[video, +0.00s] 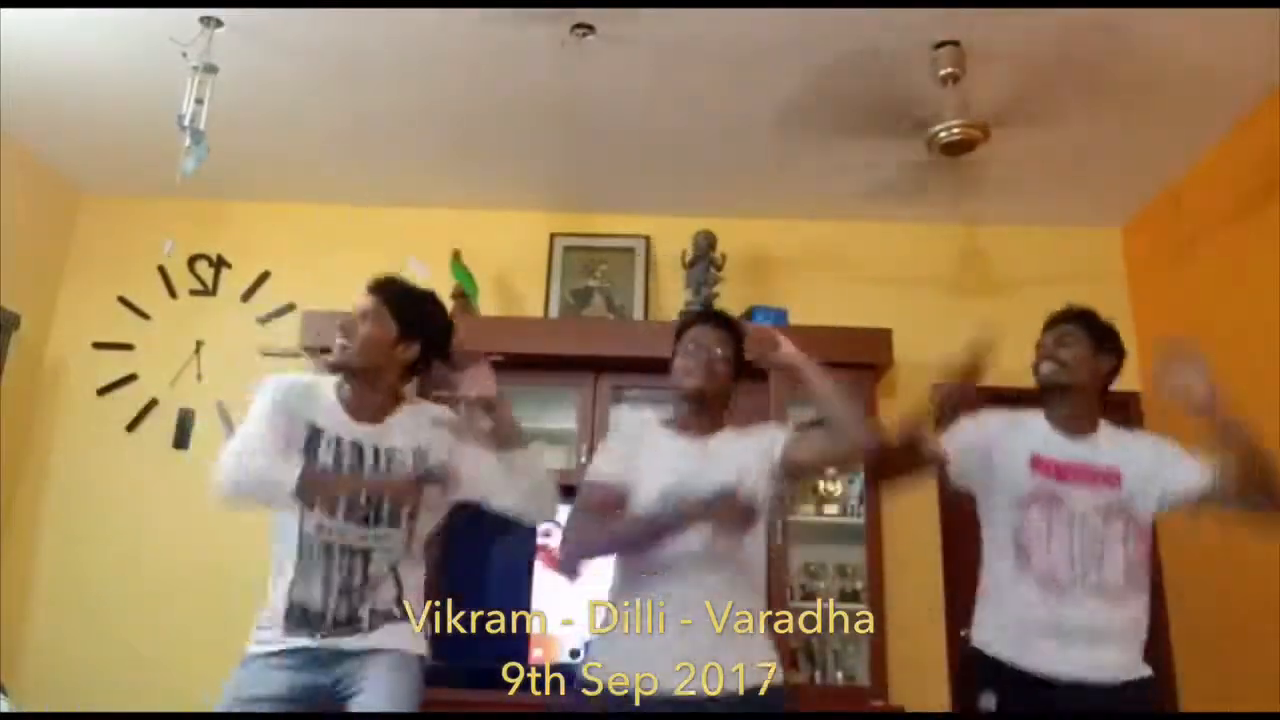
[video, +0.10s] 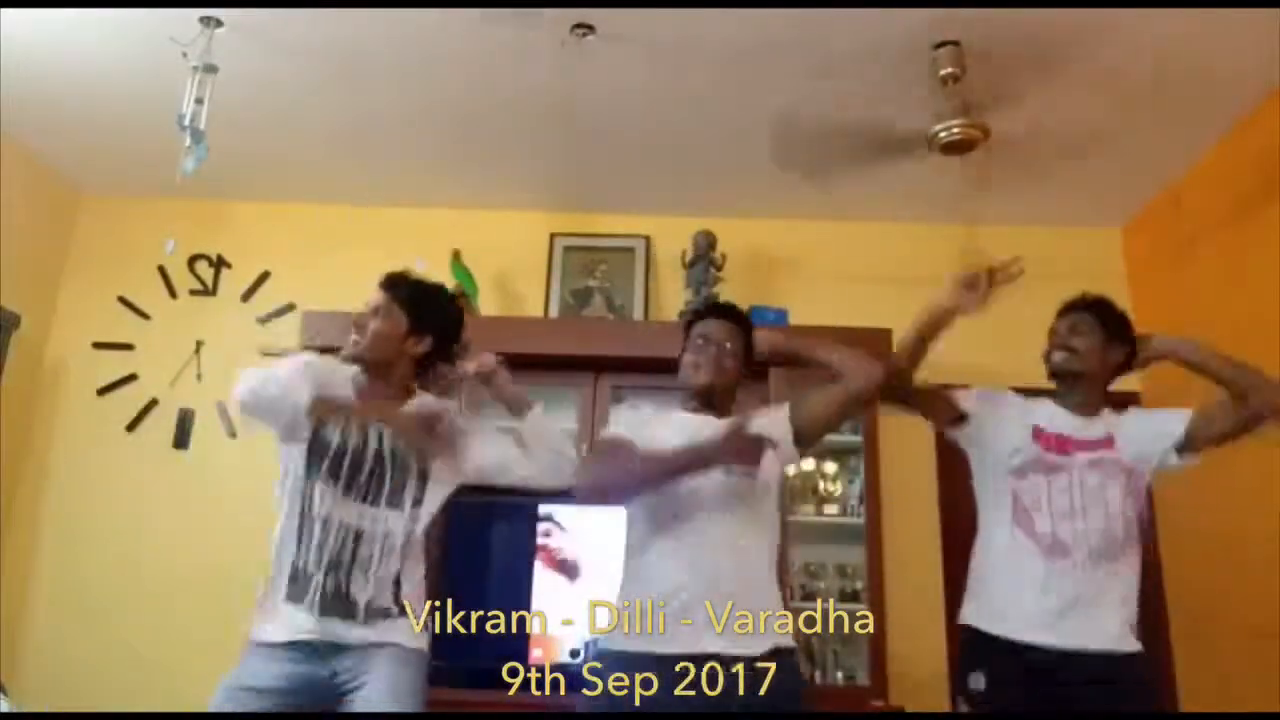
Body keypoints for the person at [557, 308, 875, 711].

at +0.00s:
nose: (700, 361)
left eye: (717, 356)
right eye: (690, 350)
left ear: (734, 376)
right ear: (672, 363)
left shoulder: (761, 445)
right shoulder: (632, 437)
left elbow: (856, 441)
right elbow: (578, 541)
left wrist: (793, 360)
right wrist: (691, 509)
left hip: (738, 679)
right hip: (632, 679)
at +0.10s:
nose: (709, 356)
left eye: (726, 349)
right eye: (700, 344)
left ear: (742, 369)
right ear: (681, 357)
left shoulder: (770, 428)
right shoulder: (638, 421)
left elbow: (868, 375)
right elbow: (592, 482)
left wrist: (781, 343)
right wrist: (712, 453)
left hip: (755, 660)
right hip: (644, 659)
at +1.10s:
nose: (716, 373)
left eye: (736, 371)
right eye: (713, 368)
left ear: (763, 401)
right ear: (701, 390)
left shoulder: (794, 461)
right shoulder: (656, 452)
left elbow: (896, 397)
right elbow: (568, 381)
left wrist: (791, 389)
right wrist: (585, 300)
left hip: (768, 672)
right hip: (657, 667)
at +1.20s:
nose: (718, 378)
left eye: (736, 375)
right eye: (712, 371)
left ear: (761, 406)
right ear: (698, 391)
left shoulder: (792, 466)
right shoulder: (656, 454)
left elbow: (896, 402)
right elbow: (569, 380)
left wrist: (790, 391)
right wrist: (576, 300)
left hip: (769, 681)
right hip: (662, 676)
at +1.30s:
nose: (707, 403)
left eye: (724, 395)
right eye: (702, 391)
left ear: (756, 411)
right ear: (691, 402)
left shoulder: (785, 477)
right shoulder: (651, 463)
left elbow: (892, 412)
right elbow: (571, 370)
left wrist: (788, 391)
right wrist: (558, 267)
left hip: (764, 689)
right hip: (660, 686)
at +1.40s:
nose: (714, 389)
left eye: (730, 382)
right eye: (706, 378)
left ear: (755, 399)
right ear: (692, 390)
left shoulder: (781, 465)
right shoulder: (647, 452)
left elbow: (892, 404)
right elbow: (570, 360)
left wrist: (787, 380)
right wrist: (543, 247)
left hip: (761, 689)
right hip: (655, 687)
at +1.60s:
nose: (731, 345)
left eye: (746, 337)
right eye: (719, 331)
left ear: (760, 352)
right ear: (695, 339)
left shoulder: (784, 416)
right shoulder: (651, 395)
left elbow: (896, 450)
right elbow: (552, 371)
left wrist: (853, 353)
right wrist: (569, 279)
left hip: (755, 640)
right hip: (650, 636)